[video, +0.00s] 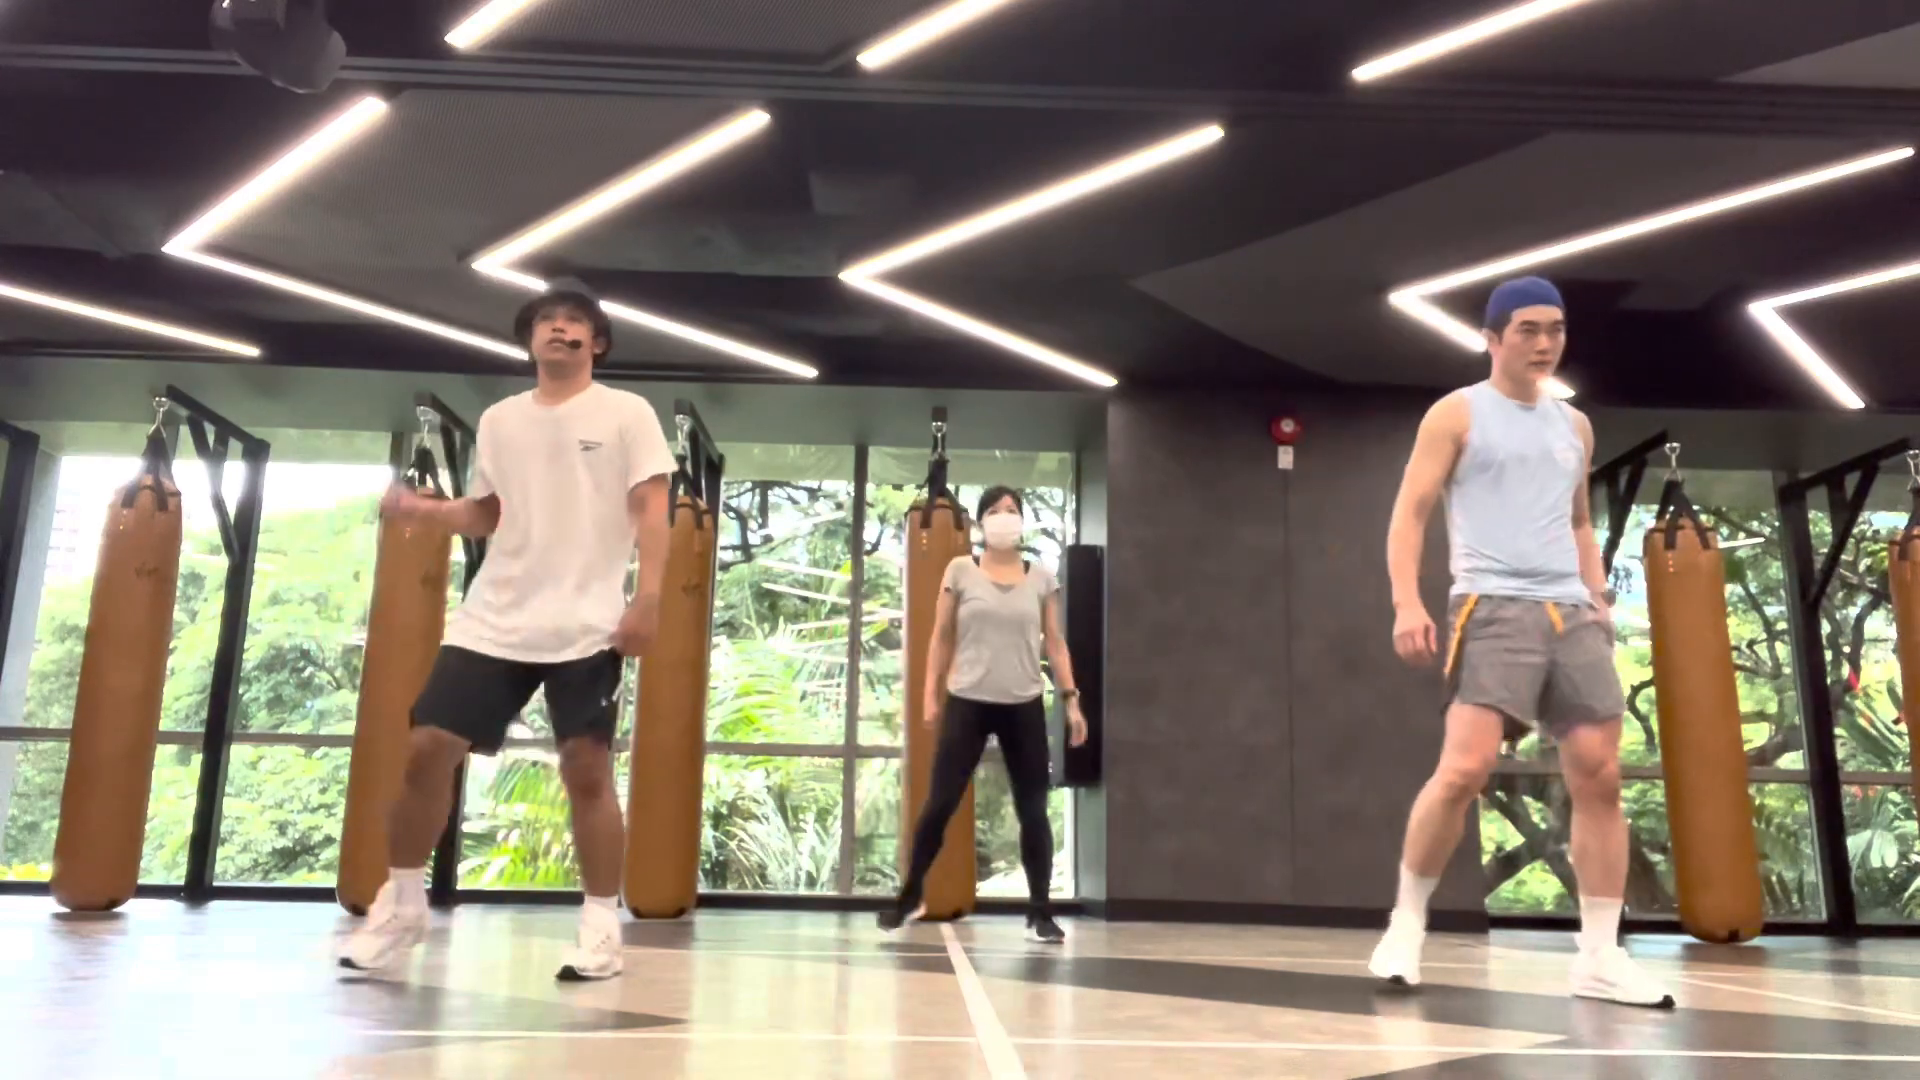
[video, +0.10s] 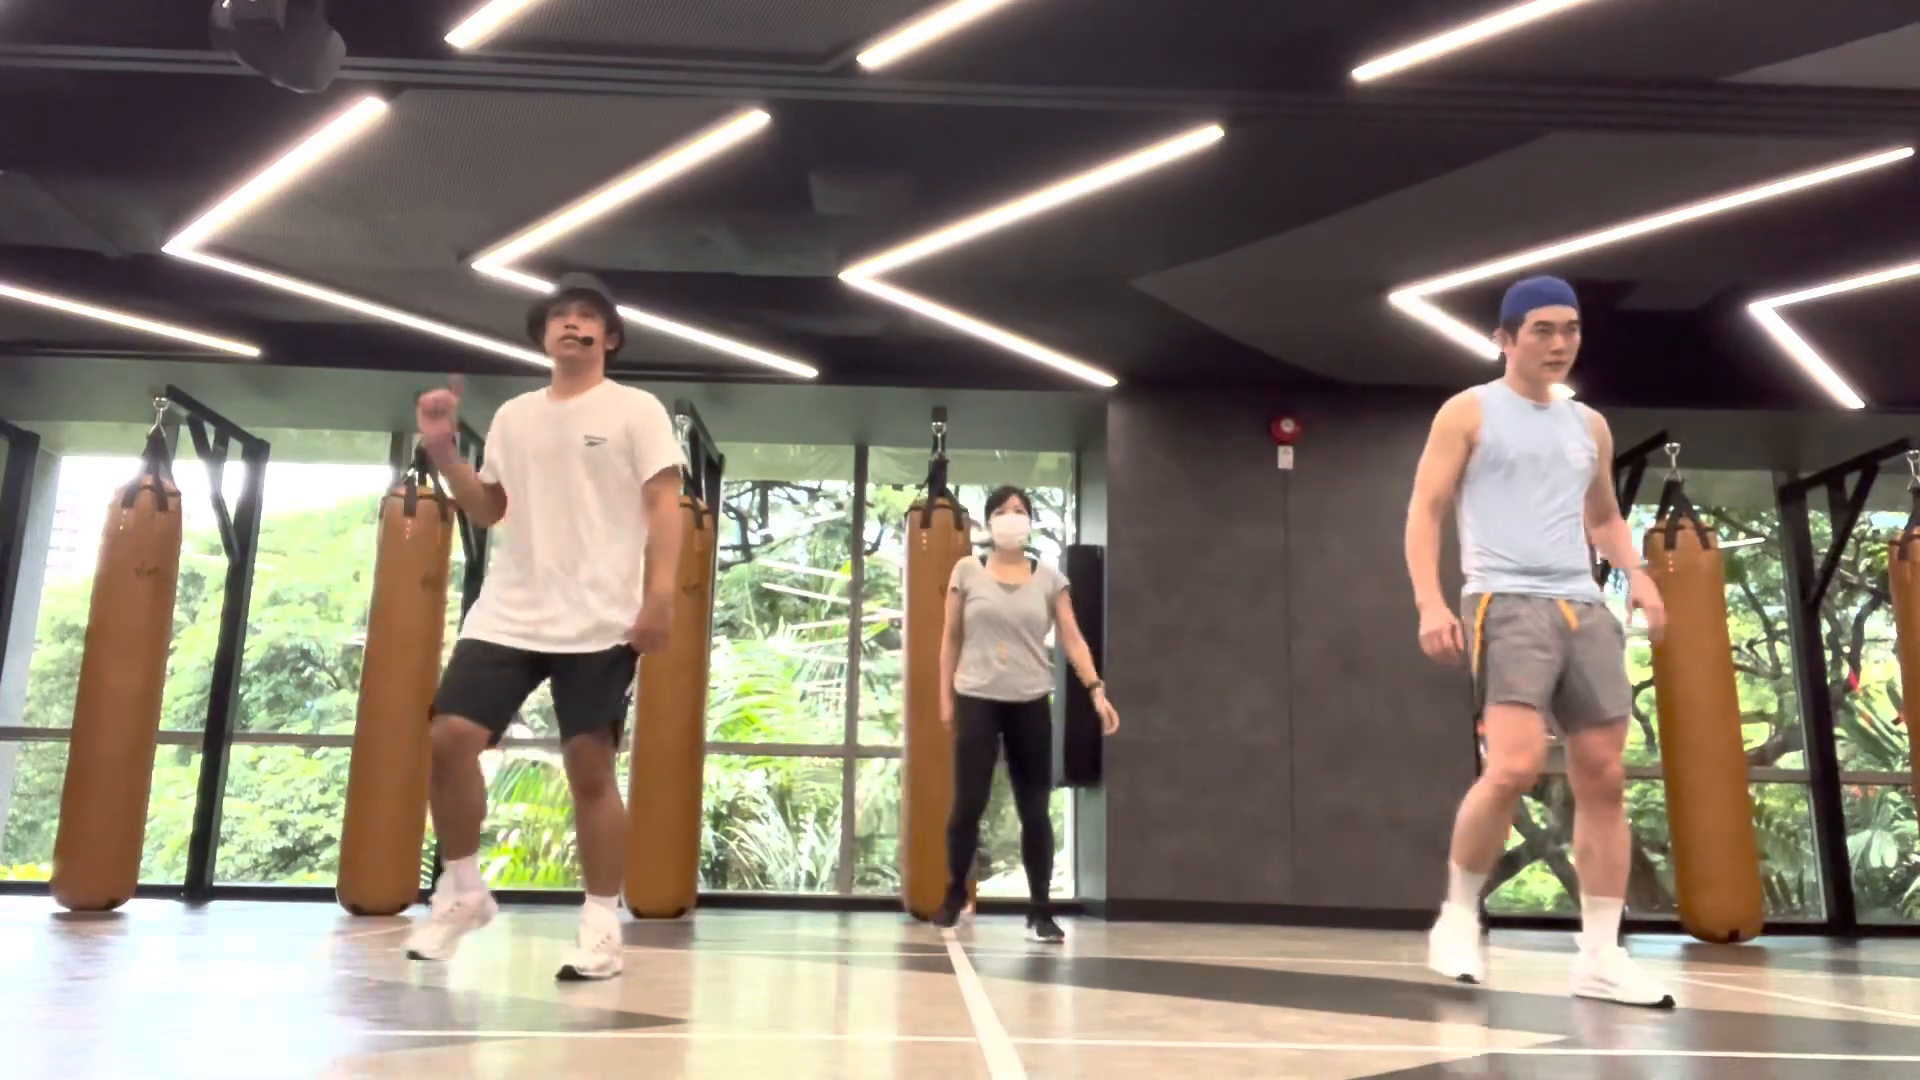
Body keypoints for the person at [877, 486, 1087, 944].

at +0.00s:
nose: (1007, 518)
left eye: (1013, 512)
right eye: (997, 512)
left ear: (1023, 526)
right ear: (980, 526)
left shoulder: (1040, 578)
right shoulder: (960, 570)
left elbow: (1055, 642)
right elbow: (941, 636)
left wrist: (1071, 699)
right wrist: (930, 695)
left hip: (1024, 705)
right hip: (967, 703)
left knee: (1034, 811)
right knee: (941, 802)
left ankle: (1040, 911)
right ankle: (911, 892)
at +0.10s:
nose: (1013, 519)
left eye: (1021, 513)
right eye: (1004, 513)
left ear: (1031, 525)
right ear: (988, 524)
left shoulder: (1048, 577)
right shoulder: (967, 571)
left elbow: (1073, 639)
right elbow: (951, 636)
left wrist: (1097, 692)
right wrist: (945, 694)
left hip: (1031, 701)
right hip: (976, 699)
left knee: (1035, 810)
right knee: (968, 803)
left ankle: (1040, 911)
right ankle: (955, 896)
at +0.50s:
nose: (993, 519)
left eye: (1000, 512)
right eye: (984, 512)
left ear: (1011, 523)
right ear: (970, 524)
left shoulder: (1032, 571)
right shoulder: (952, 576)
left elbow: (1054, 628)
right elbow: (943, 641)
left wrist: (1067, 677)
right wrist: (943, 695)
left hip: (1021, 701)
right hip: (963, 699)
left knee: (1027, 806)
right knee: (921, 795)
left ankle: (1042, 911)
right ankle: (900, 888)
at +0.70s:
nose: (961, 527)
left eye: (967, 521)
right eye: (951, 520)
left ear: (977, 534)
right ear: (931, 533)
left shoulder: (991, 585)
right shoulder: (911, 583)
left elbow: (1009, 647)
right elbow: (903, 651)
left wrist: (1022, 702)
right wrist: (902, 702)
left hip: (978, 709)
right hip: (919, 709)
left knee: (1004, 811)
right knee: (886, 811)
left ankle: (1039, 910)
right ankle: (852, 910)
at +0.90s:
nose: (925, 516)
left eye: (935, 511)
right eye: (916, 508)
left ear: (946, 527)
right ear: (901, 521)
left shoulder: (956, 578)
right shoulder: (874, 568)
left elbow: (961, 643)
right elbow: (847, 631)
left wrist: (964, 696)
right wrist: (831, 689)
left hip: (934, 700)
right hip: (875, 699)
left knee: (960, 795)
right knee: (866, 806)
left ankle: (991, 891)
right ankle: (850, 910)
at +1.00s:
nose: (917, 514)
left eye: (926, 509)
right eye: (909, 507)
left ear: (938, 523)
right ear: (894, 519)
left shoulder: (946, 576)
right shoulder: (867, 562)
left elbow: (948, 640)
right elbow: (833, 623)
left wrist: (944, 689)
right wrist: (810, 677)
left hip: (926, 695)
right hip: (869, 695)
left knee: (926, 792)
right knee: (861, 807)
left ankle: (938, 894)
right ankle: (851, 911)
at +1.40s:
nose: (927, 517)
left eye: (937, 512)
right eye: (919, 509)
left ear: (947, 527)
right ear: (902, 521)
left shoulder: (952, 579)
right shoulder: (874, 560)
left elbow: (953, 646)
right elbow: (842, 617)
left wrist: (959, 700)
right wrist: (832, 673)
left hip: (932, 698)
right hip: (875, 697)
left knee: (972, 787)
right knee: (865, 805)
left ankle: (978, 888)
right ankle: (850, 909)